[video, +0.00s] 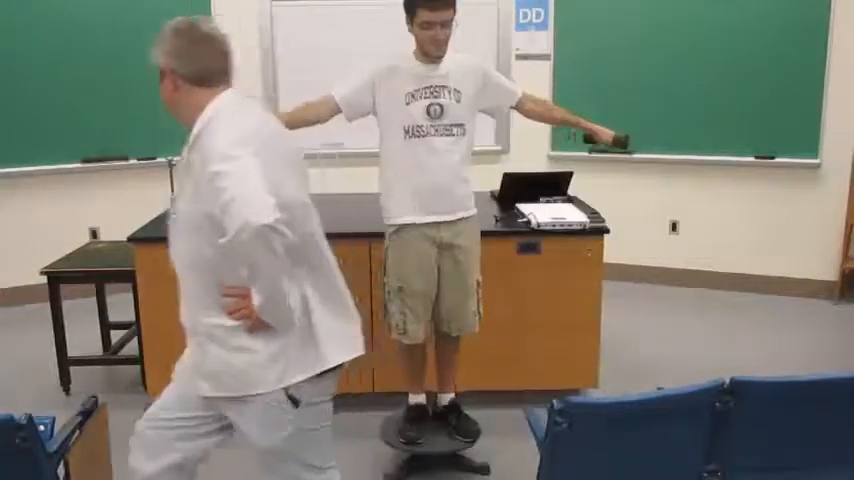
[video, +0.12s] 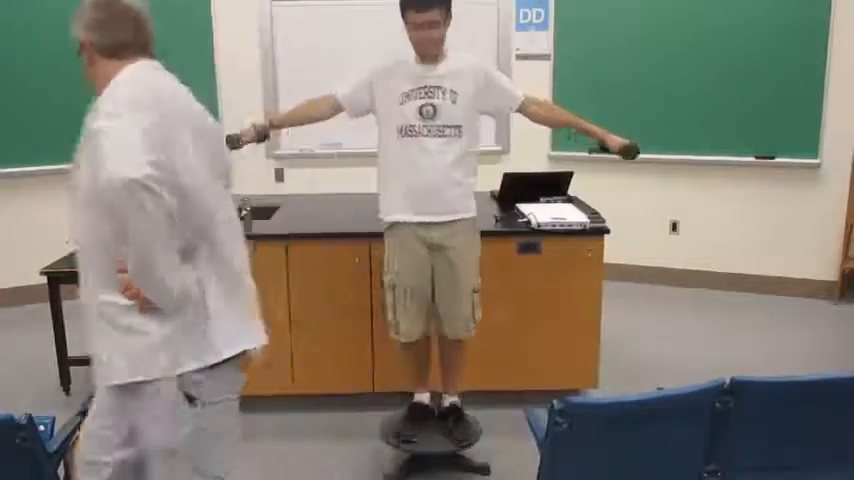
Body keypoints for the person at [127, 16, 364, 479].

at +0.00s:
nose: (159, 92)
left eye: (159, 79)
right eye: (160, 79)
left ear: (171, 81)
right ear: (223, 69)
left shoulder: (224, 138)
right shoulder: (244, 120)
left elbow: (257, 223)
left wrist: (271, 306)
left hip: (273, 362)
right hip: (233, 355)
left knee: (308, 474)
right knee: (156, 448)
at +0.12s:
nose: (82, 64)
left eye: (81, 52)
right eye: (83, 54)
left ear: (89, 49)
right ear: (143, 41)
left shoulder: (122, 105)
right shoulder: (167, 90)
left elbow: (131, 182)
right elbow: (216, 169)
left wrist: (165, 286)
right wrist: (160, 272)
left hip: (167, 354)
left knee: (193, 470)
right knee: (100, 463)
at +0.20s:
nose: (82, 64)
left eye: (81, 52)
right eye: (83, 54)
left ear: (89, 49)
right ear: (143, 41)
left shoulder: (122, 104)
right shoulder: (167, 90)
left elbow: (131, 181)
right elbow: (217, 165)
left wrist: (164, 286)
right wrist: (163, 271)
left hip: (170, 354)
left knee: (200, 470)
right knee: (100, 464)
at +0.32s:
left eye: (34, 22)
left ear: (36, 22)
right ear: (106, 19)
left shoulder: (30, 80)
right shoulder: (146, 89)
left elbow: (13, 162)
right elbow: (178, 204)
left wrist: (57, 270)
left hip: (62, 361)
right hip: (135, 352)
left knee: (26, 465)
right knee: (116, 467)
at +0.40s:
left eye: (34, 22)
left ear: (36, 22)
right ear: (106, 19)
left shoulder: (31, 80)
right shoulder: (147, 89)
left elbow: (13, 162)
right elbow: (178, 206)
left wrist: (57, 270)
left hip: (62, 360)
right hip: (136, 352)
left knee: (26, 465)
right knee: (116, 466)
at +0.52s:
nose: (62, 15)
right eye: (62, 10)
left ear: (1, 15)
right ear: (56, 12)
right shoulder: (99, 93)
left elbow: (139, 211)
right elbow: (140, 210)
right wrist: (101, 270)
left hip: (10, 329)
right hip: (95, 321)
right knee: (91, 470)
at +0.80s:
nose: (10, 24)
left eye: (9, 17)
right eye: (9, 17)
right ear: (4, 23)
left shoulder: (32, 106)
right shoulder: (31, 105)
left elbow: (84, 225)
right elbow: (85, 225)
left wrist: (85, 319)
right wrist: (87, 319)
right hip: (26, 333)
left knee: (40, 467)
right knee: (44, 467)